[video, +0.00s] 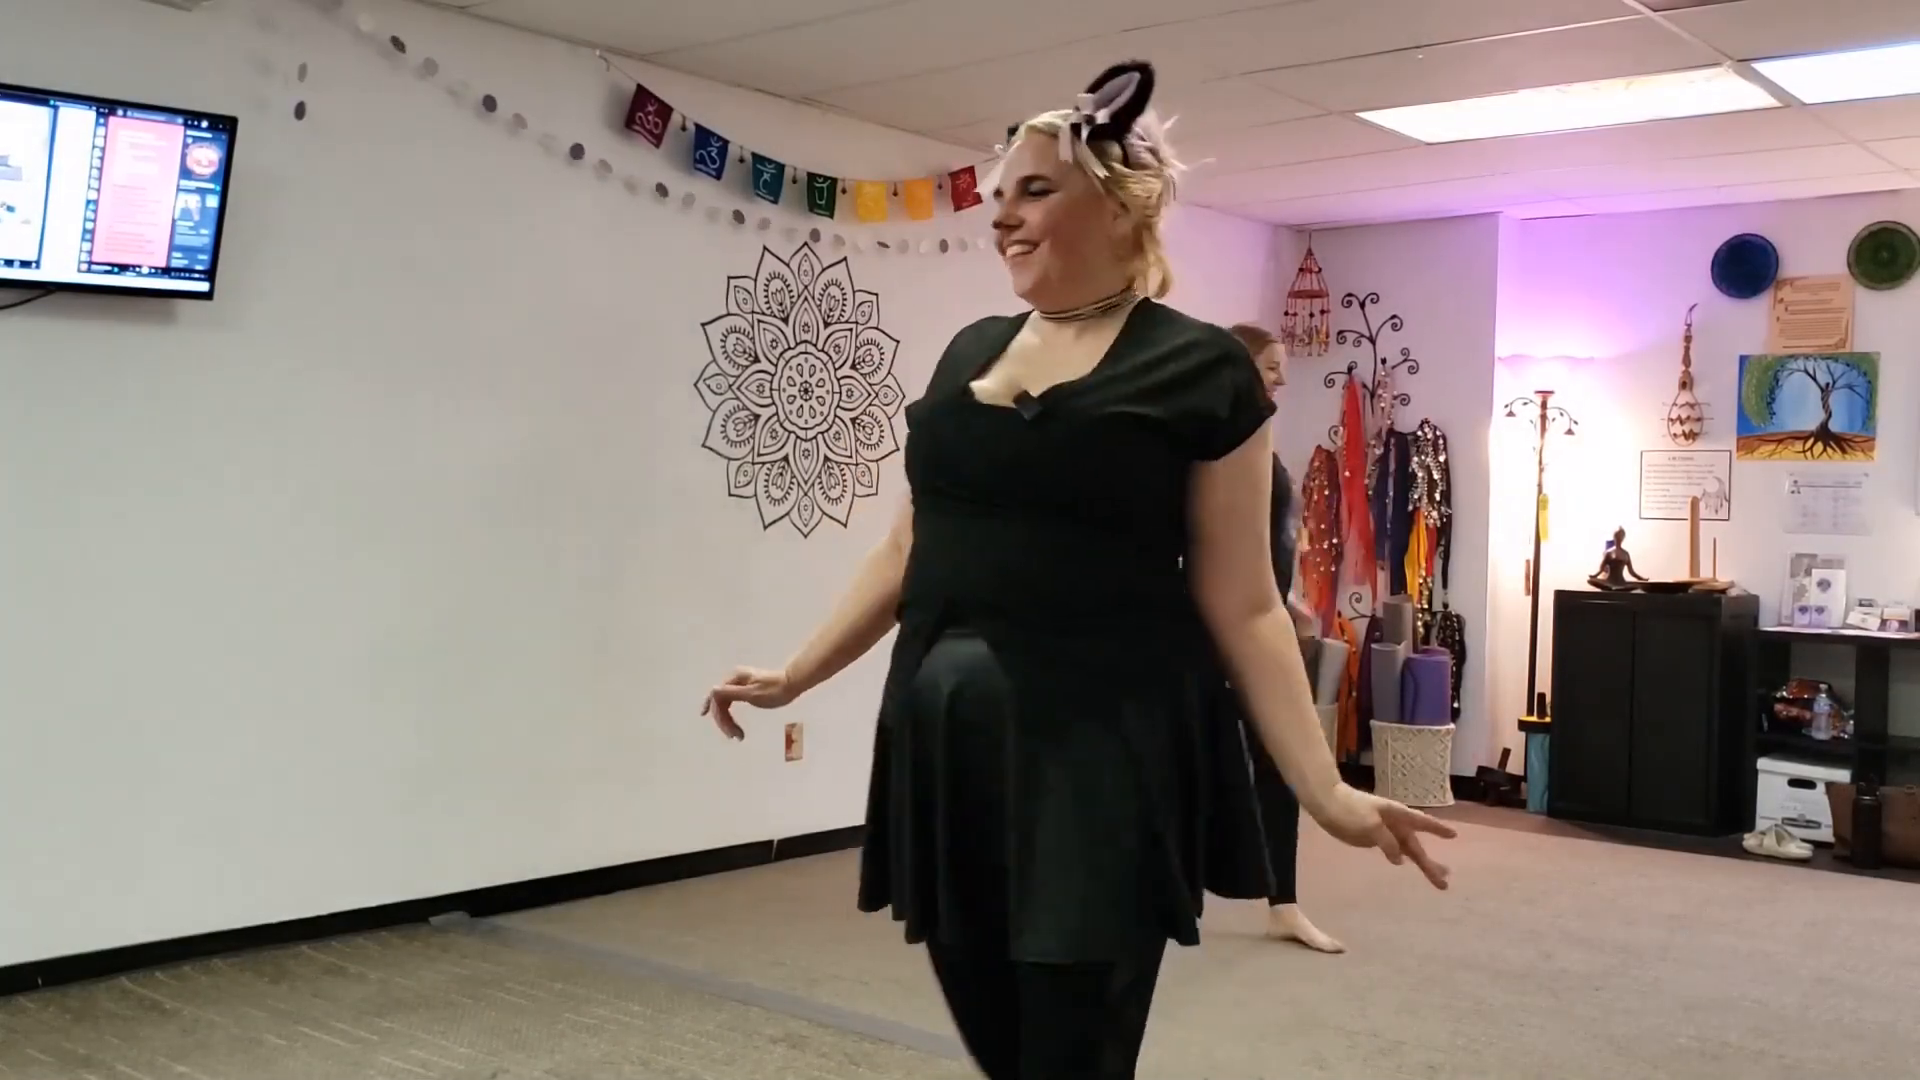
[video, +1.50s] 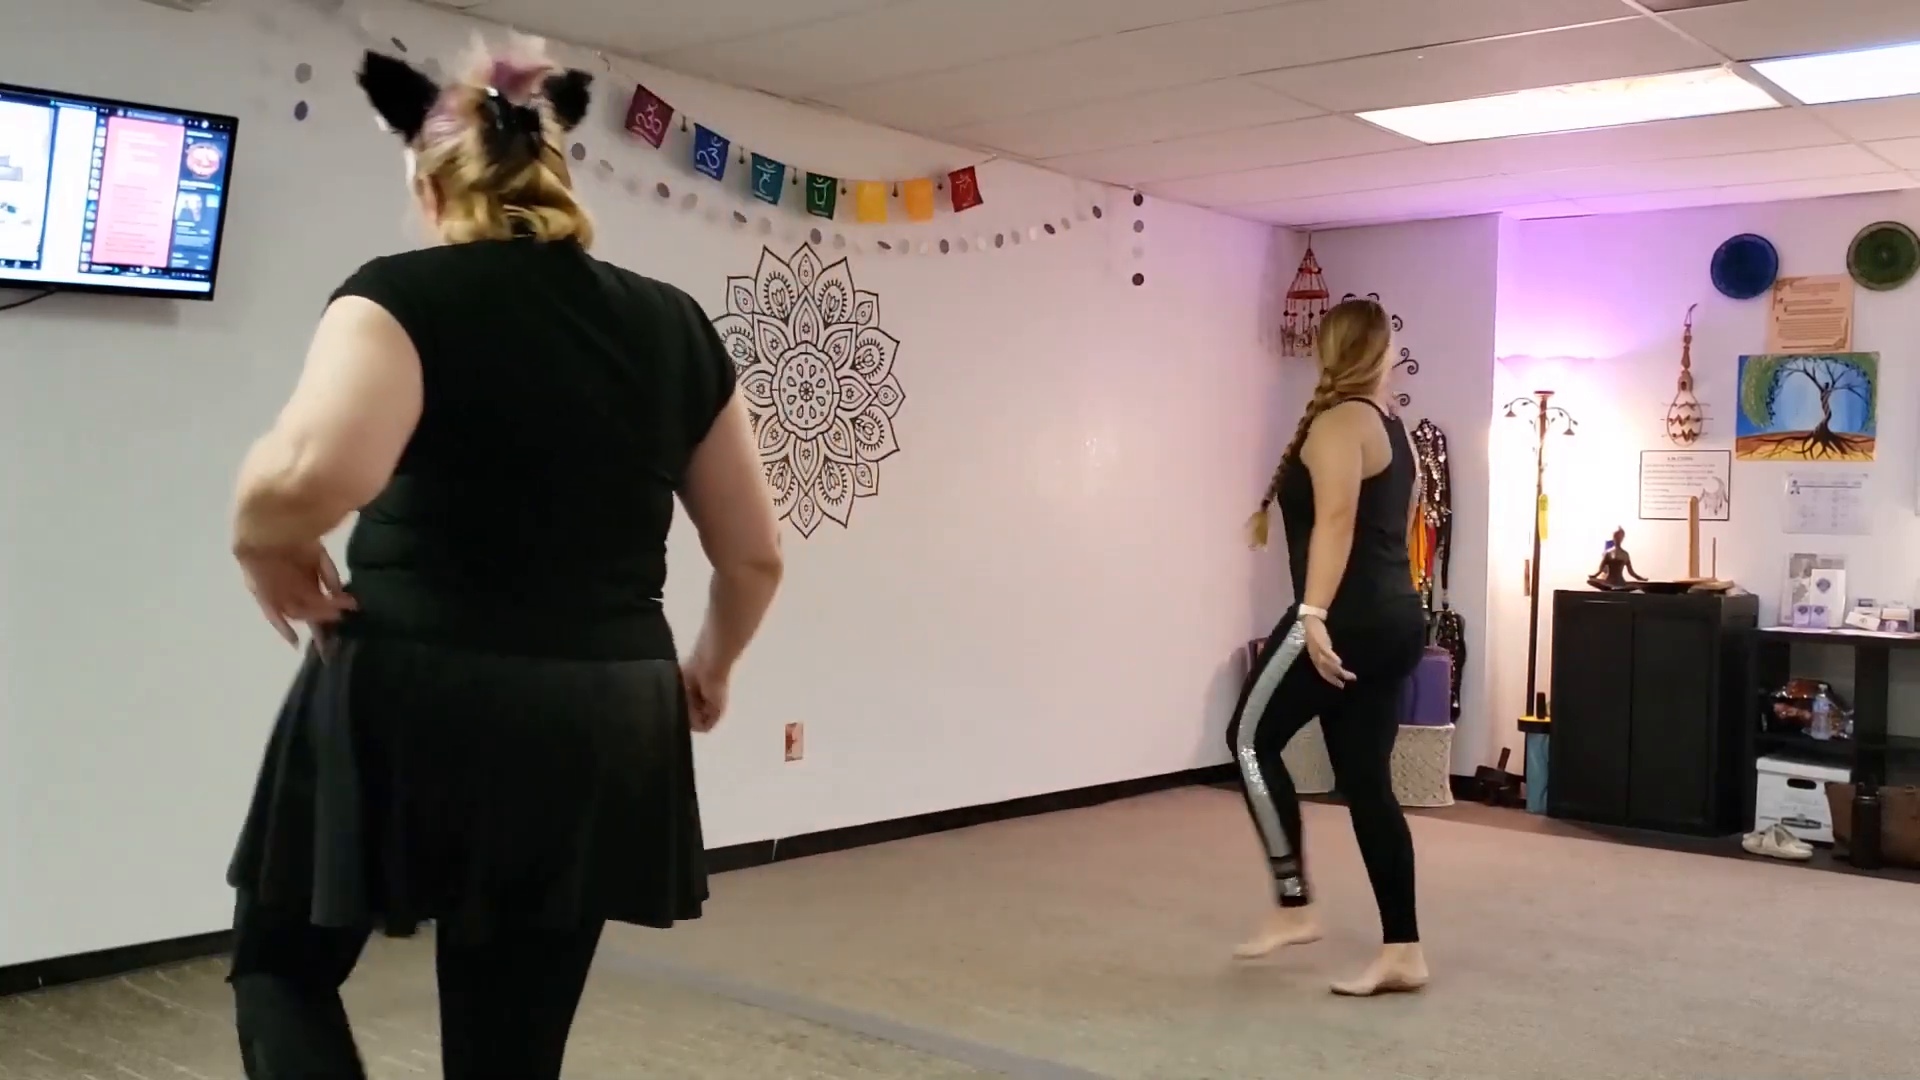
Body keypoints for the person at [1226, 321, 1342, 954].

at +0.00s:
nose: (1277, 384)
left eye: (1280, 373)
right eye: (1268, 371)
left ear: (1278, 377)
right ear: (1234, 371)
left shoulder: (1270, 464)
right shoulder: (1208, 455)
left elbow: (1276, 551)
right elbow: (1213, 556)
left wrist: (1291, 604)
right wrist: (1279, 607)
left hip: (1266, 623)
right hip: (1213, 622)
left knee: (1281, 760)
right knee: (1187, 753)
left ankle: (1284, 903)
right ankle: (1163, 900)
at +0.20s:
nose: (1313, 382)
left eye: (1318, 373)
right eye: (1303, 371)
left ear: (1317, 382)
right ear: (1267, 374)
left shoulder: (1304, 450)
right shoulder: (1250, 437)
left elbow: (1314, 559)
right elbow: (1208, 528)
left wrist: (1376, 607)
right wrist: (1215, 608)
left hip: (1314, 631)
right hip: (1263, 628)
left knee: (1306, 765)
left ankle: (1286, 906)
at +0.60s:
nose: (1327, 366)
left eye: (1339, 355)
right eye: (1314, 357)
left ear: (1361, 368)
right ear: (1300, 369)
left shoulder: (1384, 454)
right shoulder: (1273, 440)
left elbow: (1412, 547)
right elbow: (1217, 523)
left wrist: (1466, 594)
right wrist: (1168, 598)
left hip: (1358, 627)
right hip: (1285, 623)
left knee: (1326, 768)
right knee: (1350, 761)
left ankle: (1286, 909)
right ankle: (1398, 925)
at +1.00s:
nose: (1298, 360)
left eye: (1310, 350)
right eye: (1297, 351)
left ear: (1353, 360)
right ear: (1307, 364)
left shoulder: (1407, 436)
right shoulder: (1290, 447)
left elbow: (1440, 525)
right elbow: (1274, 544)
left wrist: (1416, 577)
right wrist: (1249, 626)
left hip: (1402, 632)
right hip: (1320, 636)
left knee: (1405, 782)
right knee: (1362, 784)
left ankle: (1343, 879)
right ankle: (1391, 948)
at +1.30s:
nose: (1317, 364)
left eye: (1323, 352)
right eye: (1318, 352)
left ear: (1345, 359)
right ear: (1378, 358)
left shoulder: (1376, 430)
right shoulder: (1349, 432)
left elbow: (1386, 537)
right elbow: (1344, 539)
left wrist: (1339, 630)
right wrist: (1316, 627)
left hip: (1386, 626)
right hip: (1351, 625)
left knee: (1317, 768)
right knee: (1354, 789)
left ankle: (1433, 881)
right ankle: (1387, 952)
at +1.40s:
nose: (1402, 362)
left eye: (1325, 346)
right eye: (1399, 350)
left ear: (1335, 354)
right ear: (1386, 358)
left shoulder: (1356, 429)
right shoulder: (1380, 428)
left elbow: (1361, 528)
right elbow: (1371, 530)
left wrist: (1332, 625)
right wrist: (1310, 532)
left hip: (1355, 623)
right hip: (1383, 623)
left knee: (1269, 749)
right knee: (1358, 781)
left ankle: (1372, 885)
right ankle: (1392, 947)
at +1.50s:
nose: (1399, 358)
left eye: (1395, 347)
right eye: (1395, 348)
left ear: (1330, 351)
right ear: (1380, 355)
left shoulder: (1337, 423)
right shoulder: (1387, 430)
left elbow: (1335, 521)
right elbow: (1382, 527)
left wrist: (1311, 613)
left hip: (1341, 617)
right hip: (1393, 619)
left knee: (1251, 736)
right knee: (1367, 783)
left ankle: (1292, 906)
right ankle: (1403, 948)